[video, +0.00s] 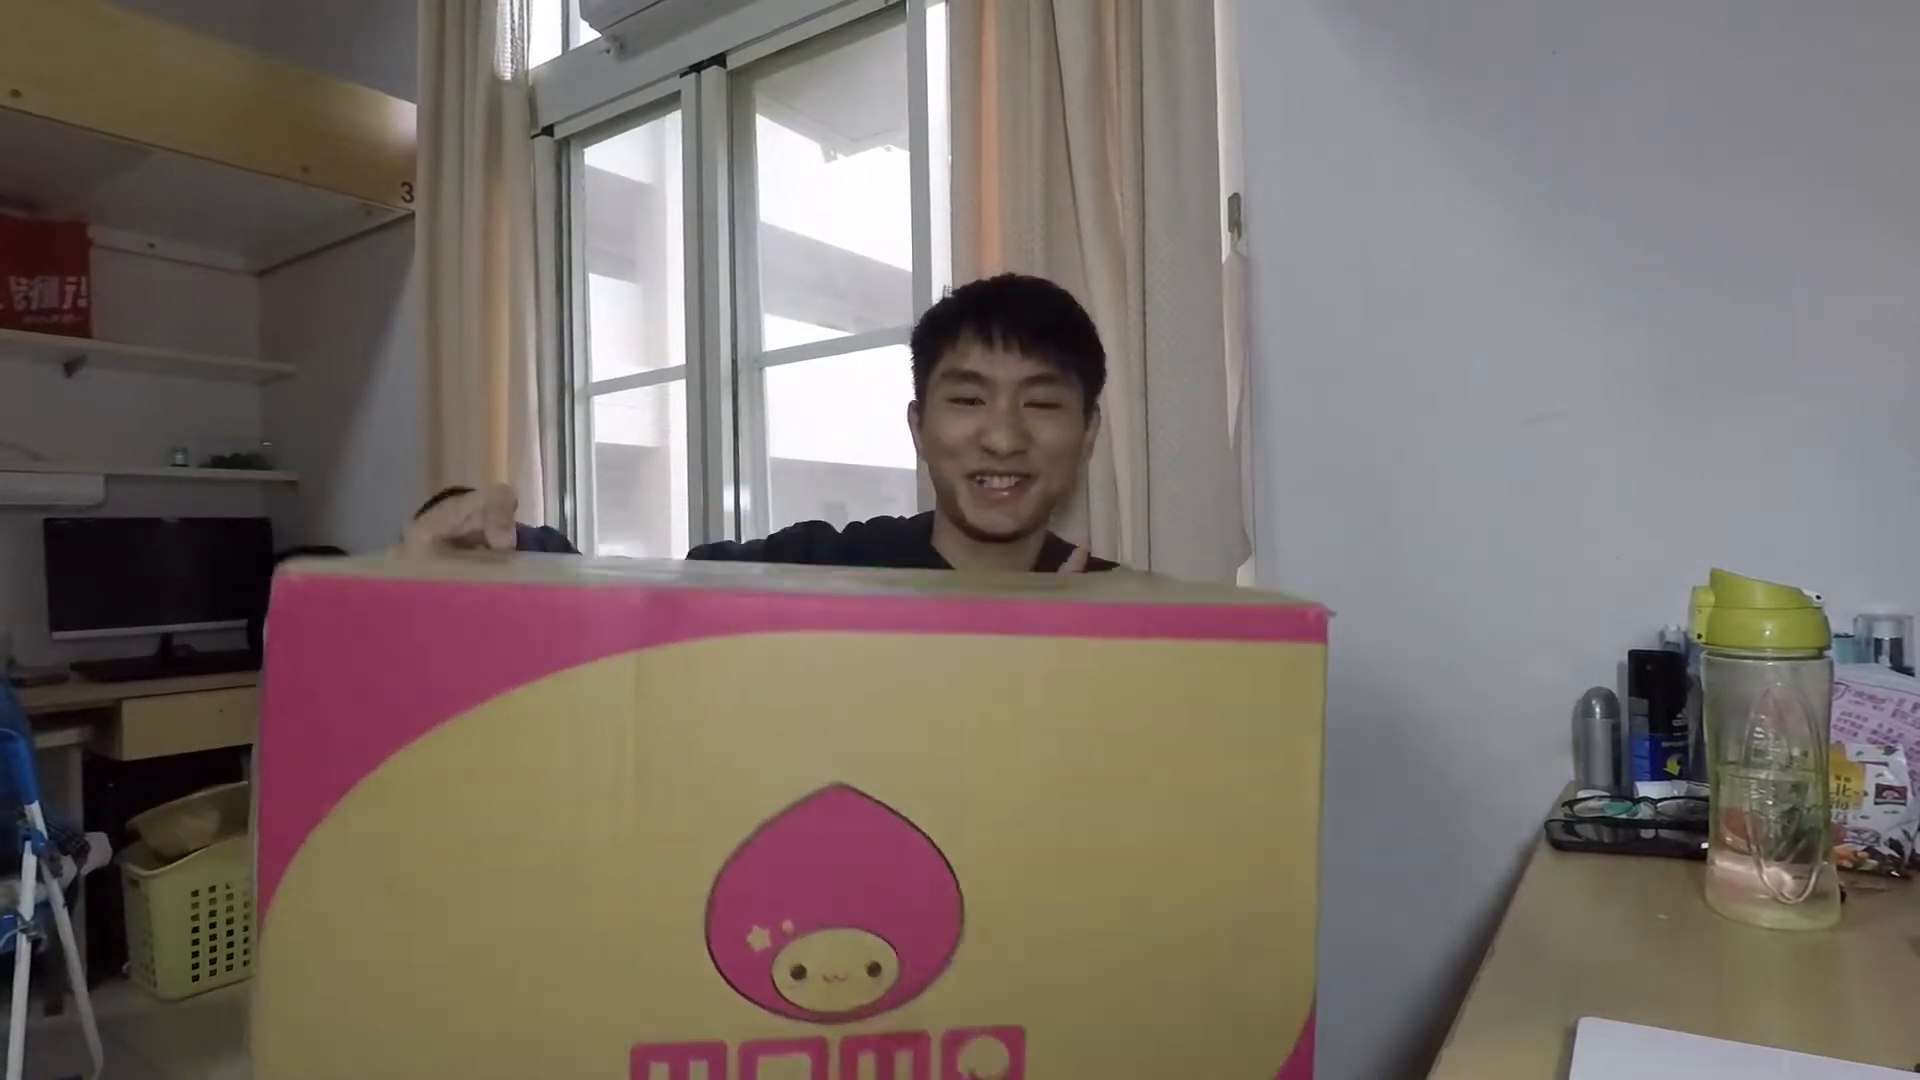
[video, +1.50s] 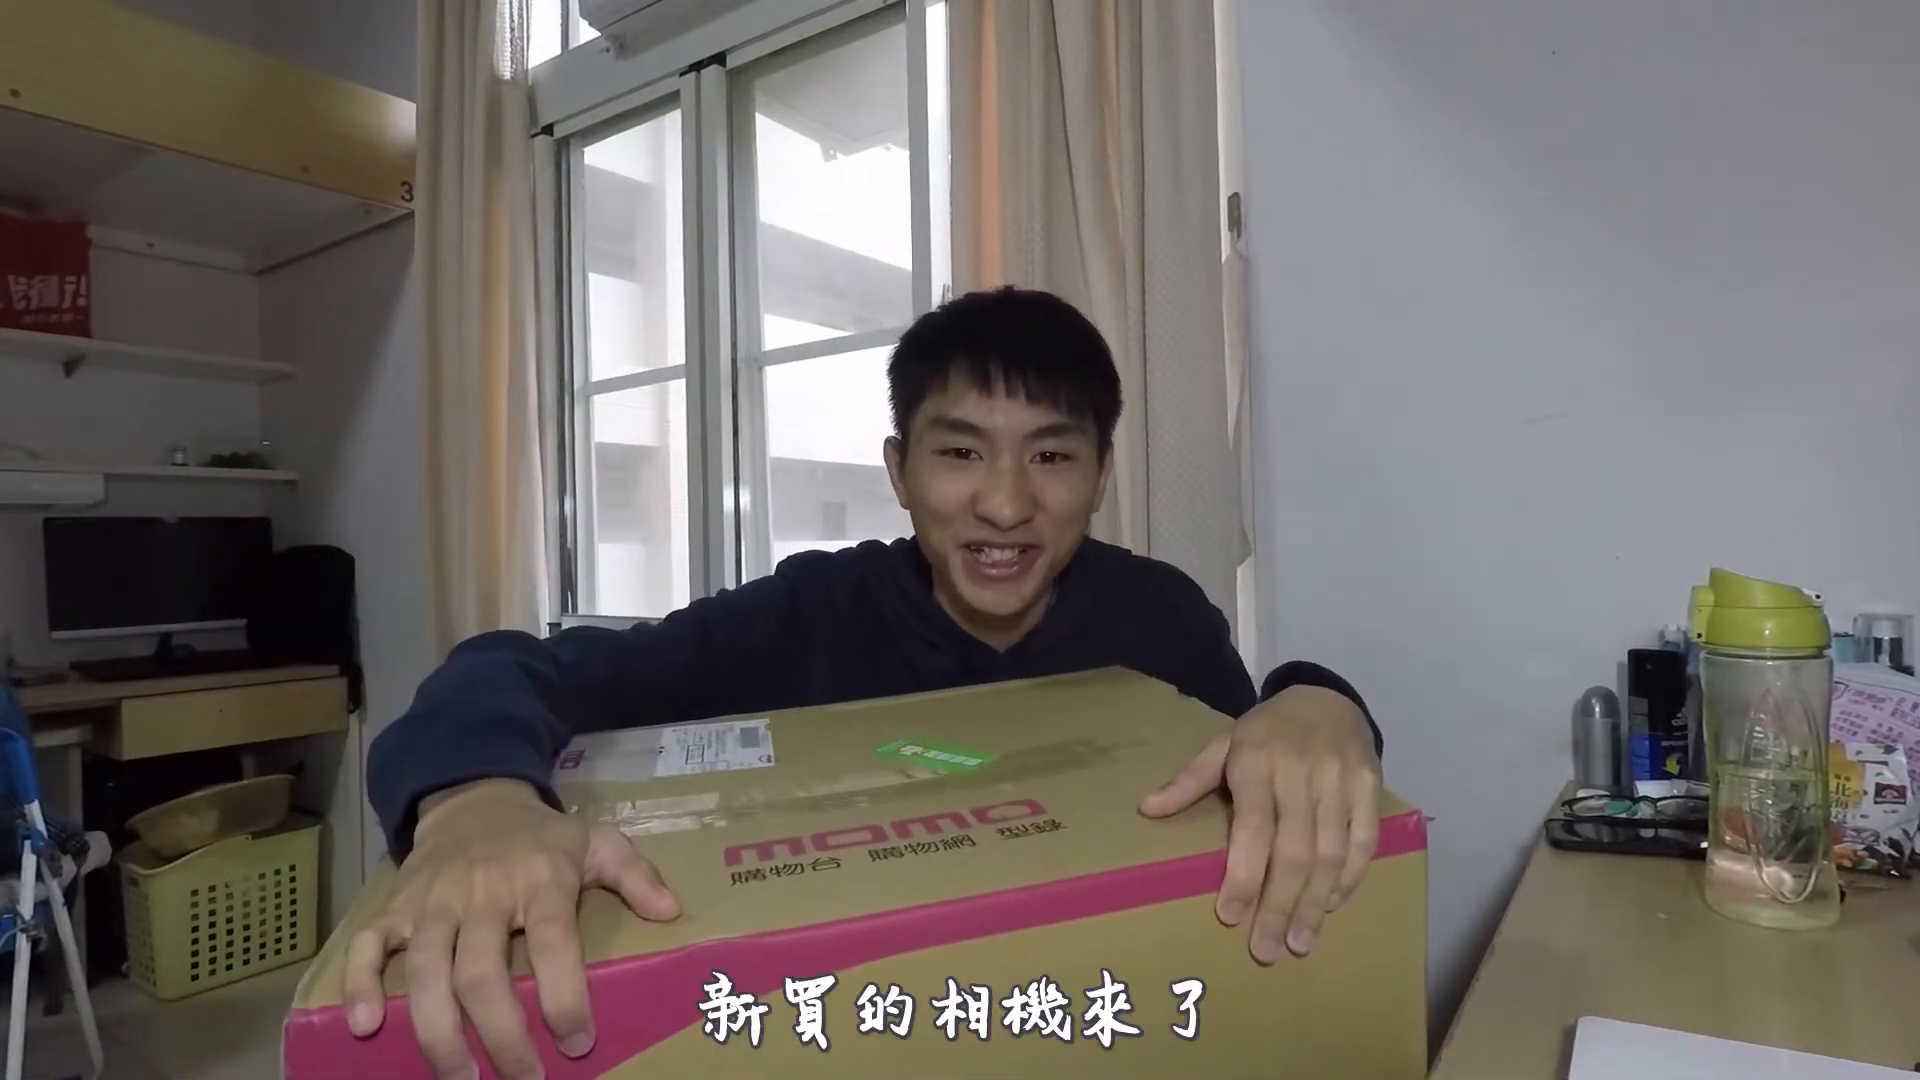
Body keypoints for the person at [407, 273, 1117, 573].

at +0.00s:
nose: (1003, 440)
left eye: (1042, 406)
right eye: (968, 401)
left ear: (1088, 433)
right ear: (919, 426)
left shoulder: (1113, 612)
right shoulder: (824, 563)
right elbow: (650, 604)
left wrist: (1123, 619)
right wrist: (522, 546)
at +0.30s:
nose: (1022, 445)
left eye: (1061, 408)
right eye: (982, 406)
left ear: (1106, 437)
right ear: (927, 436)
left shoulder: (1131, 612)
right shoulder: (820, 601)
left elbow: (1207, 822)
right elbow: (617, 662)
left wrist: (1191, 691)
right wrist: (443, 677)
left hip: (1084, 975)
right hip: (848, 975)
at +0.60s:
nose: (1003, 470)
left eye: (1048, 428)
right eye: (963, 422)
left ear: (1102, 453)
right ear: (909, 443)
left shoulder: (1153, 620)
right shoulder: (810, 602)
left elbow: (1309, 826)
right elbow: (563, 641)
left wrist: (1255, 660)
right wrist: (421, 657)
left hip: (1091, 1009)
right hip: (843, 1011)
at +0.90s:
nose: (995, 471)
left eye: (1039, 430)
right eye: (955, 424)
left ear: (1094, 450)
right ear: (900, 440)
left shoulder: (1143, 604)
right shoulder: (812, 596)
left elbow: (1376, 726)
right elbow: (522, 678)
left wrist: (1273, 669)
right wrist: (451, 540)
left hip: (1096, 1014)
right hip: (835, 1006)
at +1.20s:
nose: (1001, 480)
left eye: (1045, 436)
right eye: (958, 433)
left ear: (1095, 457)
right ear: (900, 453)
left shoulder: (1146, 606)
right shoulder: (811, 617)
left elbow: (1264, 721)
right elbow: (491, 670)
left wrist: (1309, 687)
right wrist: (476, 792)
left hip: (1125, 1019)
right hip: (860, 1023)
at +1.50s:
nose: (1003, 502)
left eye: (1048, 455)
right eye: (959, 452)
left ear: (1101, 471)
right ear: (900, 465)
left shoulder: (1154, 618)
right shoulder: (819, 620)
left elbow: (1256, 750)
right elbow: (501, 674)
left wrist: (1324, 702)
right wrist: (473, 809)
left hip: (1114, 1025)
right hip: (851, 1025)